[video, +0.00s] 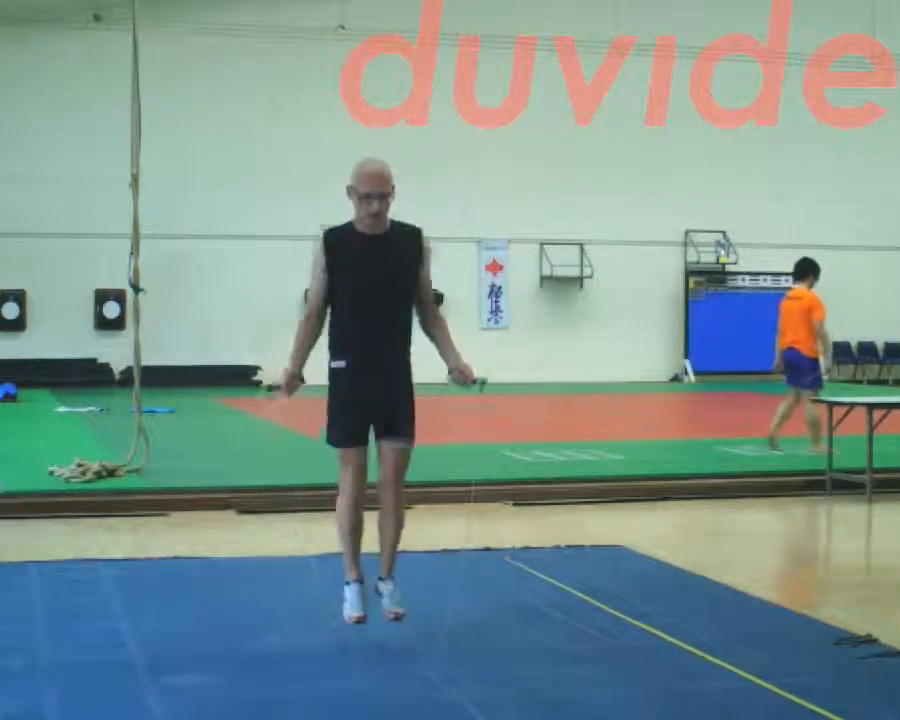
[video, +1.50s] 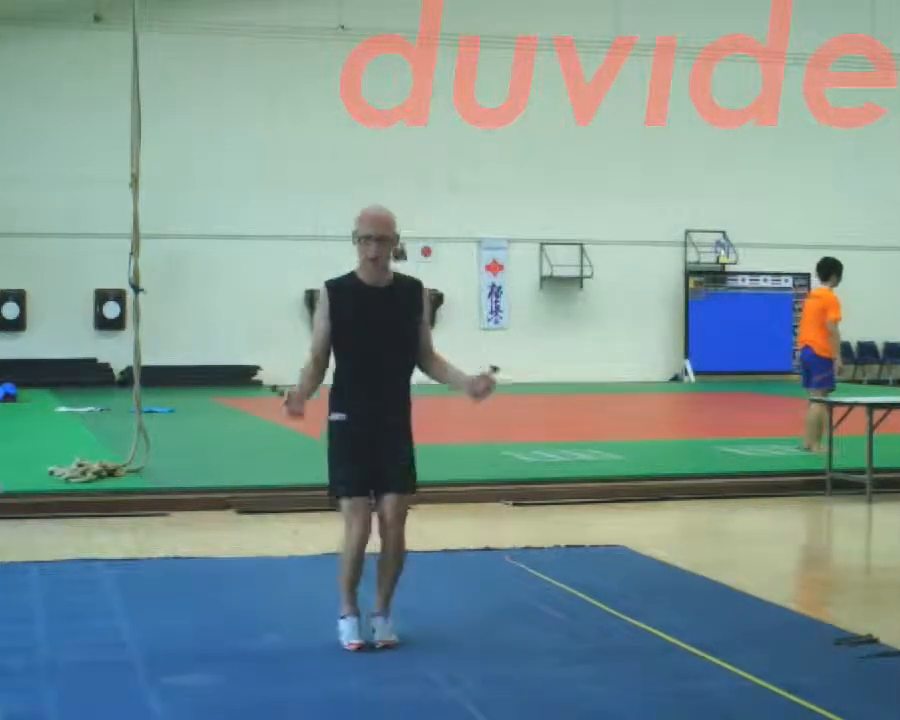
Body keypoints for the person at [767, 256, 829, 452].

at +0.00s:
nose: (816, 281)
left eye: (816, 277)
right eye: (815, 277)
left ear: (795, 276)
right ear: (811, 277)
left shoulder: (786, 299)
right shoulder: (812, 299)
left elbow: (781, 331)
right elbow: (818, 327)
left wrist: (779, 356)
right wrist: (826, 350)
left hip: (788, 350)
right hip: (806, 351)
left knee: (794, 394)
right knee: (810, 397)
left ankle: (773, 432)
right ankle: (817, 442)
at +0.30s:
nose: (824, 281)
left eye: (824, 277)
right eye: (824, 277)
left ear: (804, 275)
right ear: (820, 277)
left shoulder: (796, 298)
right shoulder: (818, 299)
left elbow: (792, 330)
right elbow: (825, 326)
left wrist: (789, 355)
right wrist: (839, 349)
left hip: (796, 351)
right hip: (813, 351)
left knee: (800, 395)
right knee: (815, 398)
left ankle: (795, 438)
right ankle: (817, 442)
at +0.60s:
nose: (824, 280)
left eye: (824, 276)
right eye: (823, 276)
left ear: (804, 275)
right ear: (818, 276)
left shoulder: (798, 296)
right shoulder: (818, 299)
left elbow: (797, 323)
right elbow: (822, 325)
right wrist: (829, 347)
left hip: (798, 348)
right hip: (814, 350)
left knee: (800, 395)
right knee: (816, 397)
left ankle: (796, 438)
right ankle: (817, 442)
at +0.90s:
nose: (826, 279)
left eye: (826, 275)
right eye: (825, 275)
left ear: (807, 275)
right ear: (819, 275)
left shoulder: (801, 295)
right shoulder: (819, 298)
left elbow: (799, 323)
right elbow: (822, 327)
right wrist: (831, 352)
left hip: (799, 348)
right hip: (814, 350)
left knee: (801, 395)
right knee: (817, 397)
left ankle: (796, 439)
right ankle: (818, 441)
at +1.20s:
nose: (834, 278)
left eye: (834, 275)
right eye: (833, 275)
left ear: (814, 275)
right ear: (829, 275)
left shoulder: (806, 296)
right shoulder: (826, 299)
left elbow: (803, 323)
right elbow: (829, 328)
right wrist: (837, 353)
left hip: (804, 348)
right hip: (819, 350)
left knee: (806, 395)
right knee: (818, 397)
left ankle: (799, 437)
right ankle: (817, 441)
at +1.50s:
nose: (840, 279)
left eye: (839, 275)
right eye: (839, 275)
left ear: (819, 275)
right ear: (835, 276)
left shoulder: (812, 296)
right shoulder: (829, 298)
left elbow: (805, 325)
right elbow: (832, 326)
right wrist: (837, 355)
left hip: (806, 349)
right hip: (820, 351)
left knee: (816, 398)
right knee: (818, 399)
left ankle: (811, 441)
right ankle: (812, 443)